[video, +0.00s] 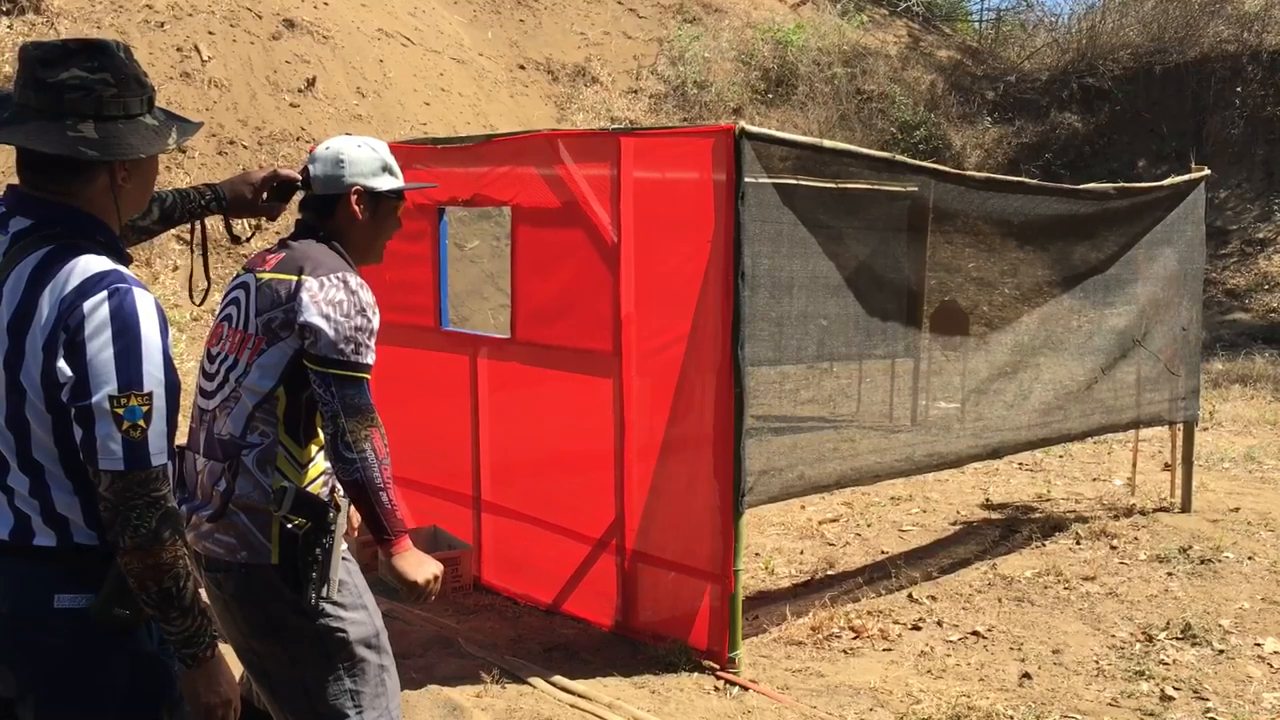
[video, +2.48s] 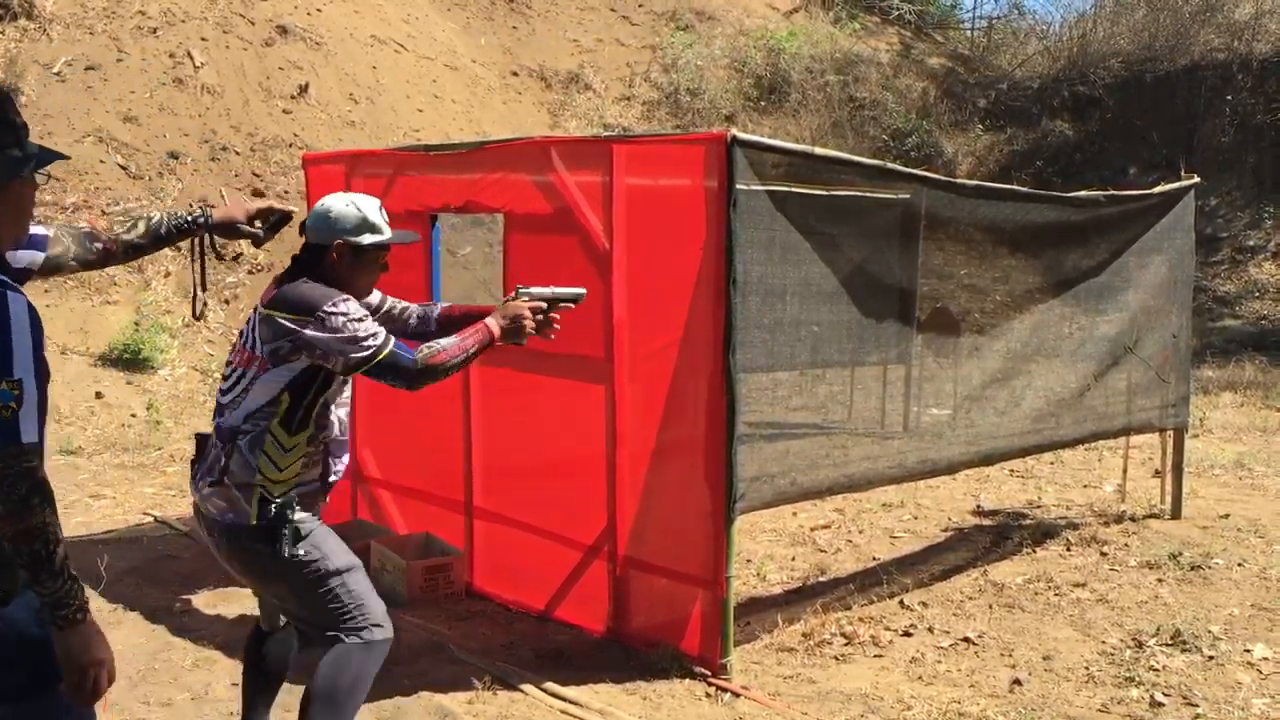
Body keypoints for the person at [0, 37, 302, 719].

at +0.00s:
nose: (162, 168)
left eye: (162, 152)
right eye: (156, 153)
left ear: (32, 155)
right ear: (118, 171)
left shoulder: (11, 235)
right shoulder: (111, 303)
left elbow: (110, 220)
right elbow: (140, 517)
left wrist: (224, 196)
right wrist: (201, 650)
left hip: (12, 573)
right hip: (89, 604)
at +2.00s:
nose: (166, 191)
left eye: (167, 176)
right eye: (159, 178)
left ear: (43, 168)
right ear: (119, 192)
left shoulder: (9, 230)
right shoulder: (98, 318)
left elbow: (115, 225)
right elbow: (117, 531)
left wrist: (235, 197)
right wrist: (177, 673)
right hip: (58, 617)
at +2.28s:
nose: (106, 197)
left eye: (103, 182)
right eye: (95, 183)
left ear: (39, 198)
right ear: (52, 200)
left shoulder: (17, 274)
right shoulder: (42, 316)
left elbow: (95, 230)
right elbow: (66, 515)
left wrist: (210, 189)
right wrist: (134, 646)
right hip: (41, 627)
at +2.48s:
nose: (39, 192)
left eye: (35, 177)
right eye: (30, 177)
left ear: (8, 191)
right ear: (2, 191)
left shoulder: (9, 257)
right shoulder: (12, 315)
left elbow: (94, 242)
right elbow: (18, 482)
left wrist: (211, 218)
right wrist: (70, 614)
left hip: (19, 576)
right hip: (18, 588)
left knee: (59, 685)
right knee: (63, 693)